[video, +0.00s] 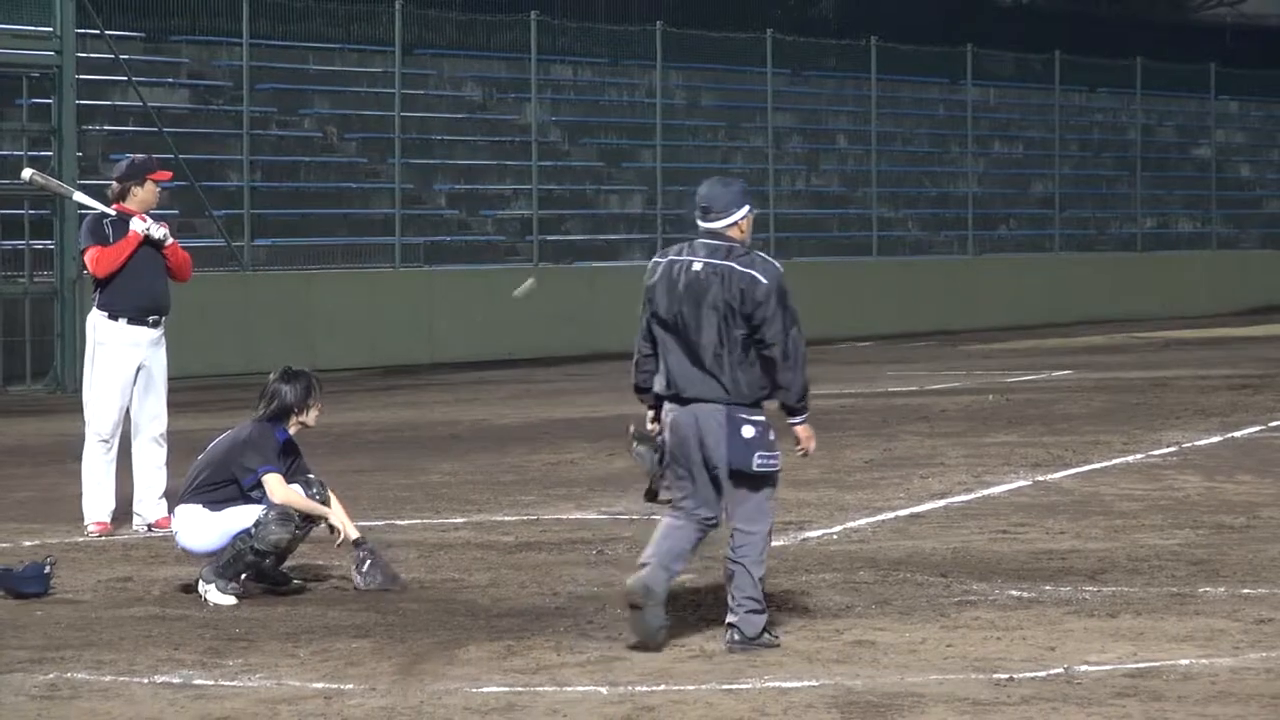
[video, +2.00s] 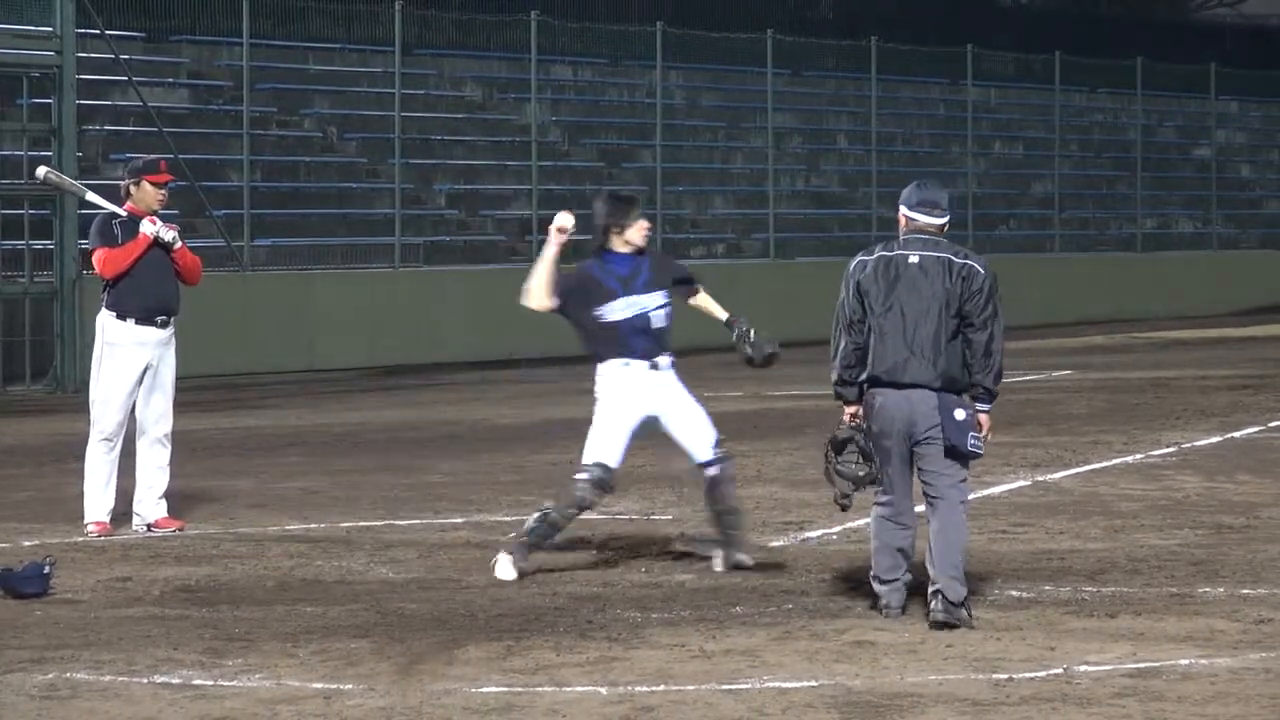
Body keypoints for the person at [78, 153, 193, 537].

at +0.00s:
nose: (159, 191)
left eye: (158, 185)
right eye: (153, 184)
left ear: (137, 188)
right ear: (132, 187)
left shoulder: (155, 227)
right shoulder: (99, 221)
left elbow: (184, 272)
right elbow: (99, 266)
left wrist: (166, 241)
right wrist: (136, 235)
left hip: (153, 335)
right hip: (113, 333)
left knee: (152, 428)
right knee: (103, 429)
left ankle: (151, 512)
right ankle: (98, 517)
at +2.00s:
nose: (164, 192)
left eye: (165, 186)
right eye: (157, 186)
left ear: (158, 190)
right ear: (132, 187)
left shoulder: (165, 228)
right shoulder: (109, 222)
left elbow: (194, 275)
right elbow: (106, 267)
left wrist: (176, 245)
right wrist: (146, 238)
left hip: (163, 336)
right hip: (121, 334)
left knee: (156, 428)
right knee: (107, 428)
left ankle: (151, 512)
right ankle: (98, 515)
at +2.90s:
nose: (203, 190)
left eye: (202, 184)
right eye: (197, 184)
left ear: (185, 188)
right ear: (175, 188)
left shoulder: (196, 232)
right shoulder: (144, 219)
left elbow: (211, 285)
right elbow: (125, 271)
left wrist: (213, 276)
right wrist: (179, 265)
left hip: (179, 334)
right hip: (144, 329)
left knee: (168, 426)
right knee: (154, 422)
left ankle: (144, 514)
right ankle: (167, 511)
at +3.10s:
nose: (208, 191)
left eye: (208, 185)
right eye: (203, 185)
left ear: (186, 190)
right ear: (181, 189)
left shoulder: (203, 233)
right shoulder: (152, 225)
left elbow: (215, 275)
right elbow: (131, 277)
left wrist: (227, 297)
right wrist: (178, 297)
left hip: (189, 334)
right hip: (155, 330)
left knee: (171, 426)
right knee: (165, 425)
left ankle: (148, 513)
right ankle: (182, 515)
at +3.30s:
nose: (214, 188)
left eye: (213, 182)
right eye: (208, 182)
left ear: (193, 187)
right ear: (186, 186)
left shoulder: (209, 227)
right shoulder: (161, 225)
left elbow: (217, 278)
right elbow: (141, 279)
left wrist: (235, 323)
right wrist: (175, 320)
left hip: (201, 335)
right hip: (166, 334)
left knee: (198, 426)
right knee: (172, 427)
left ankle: (155, 502)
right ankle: (178, 514)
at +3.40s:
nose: (216, 188)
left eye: (215, 182)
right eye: (210, 182)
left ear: (194, 188)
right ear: (188, 187)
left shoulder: (212, 228)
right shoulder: (163, 225)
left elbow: (217, 281)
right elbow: (145, 281)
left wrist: (231, 327)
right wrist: (176, 324)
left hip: (209, 337)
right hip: (173, 335)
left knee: (210, 422)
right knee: (172, 427)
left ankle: (163, 492)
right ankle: (179, 516)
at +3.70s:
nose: (236, 191)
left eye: (236, 185)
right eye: (231, 185)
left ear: (217, 187)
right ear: (210, 186)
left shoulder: (221, 229)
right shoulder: (182, 227)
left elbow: (222, 283)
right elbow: (168, 286)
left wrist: (239, 325)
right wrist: (179, 343)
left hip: (230, 337)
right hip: (193, 338)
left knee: (241, 427)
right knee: (182, 431)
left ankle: (244, 513)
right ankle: (181, 516)